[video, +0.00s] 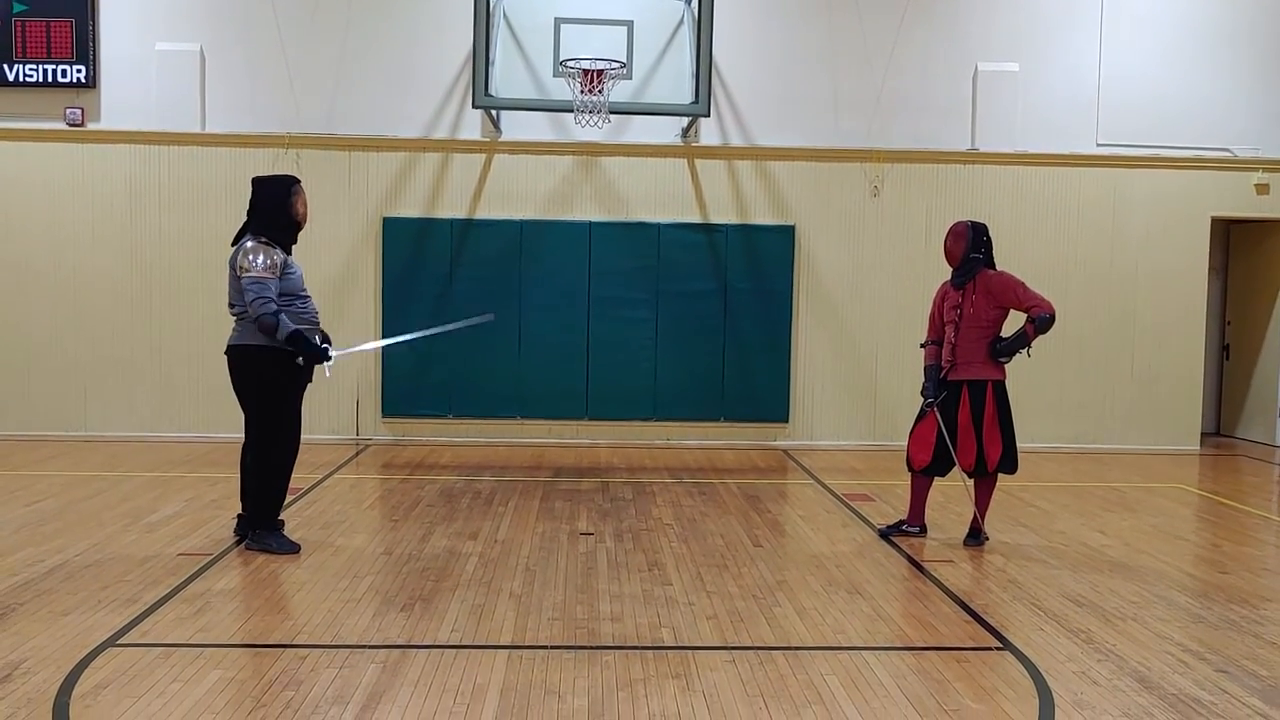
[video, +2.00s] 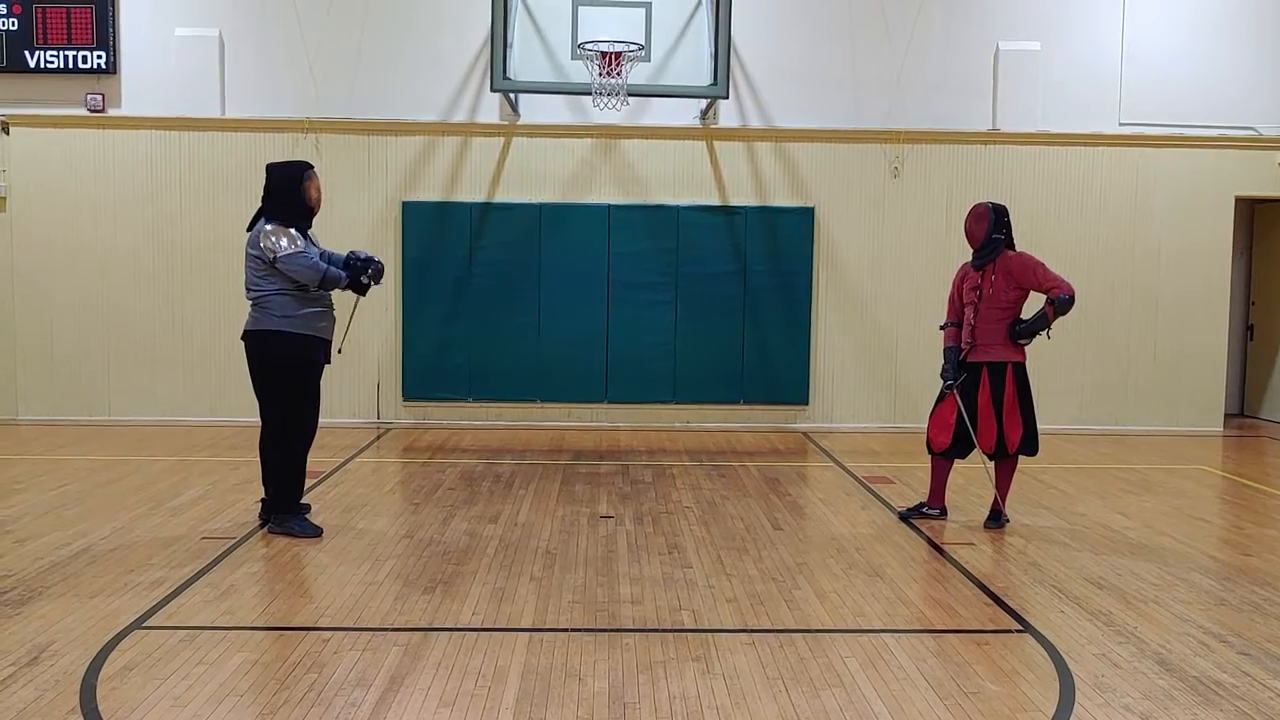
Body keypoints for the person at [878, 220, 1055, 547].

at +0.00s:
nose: (946, 248)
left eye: (953, 241)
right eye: (947, 241)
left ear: (972, 245)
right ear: (961, 246)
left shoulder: (995, 281)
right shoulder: (946, 291)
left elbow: (1044, 312)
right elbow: (934, 338)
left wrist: (1013, 343)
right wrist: (931, 377)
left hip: (984, 383)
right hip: (947, 383)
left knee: (986, 453)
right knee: (924, 445)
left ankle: (977, 525)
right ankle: (914, 520)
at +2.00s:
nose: (968, 232)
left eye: (974, 225)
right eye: (969, 225)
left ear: (992, 227)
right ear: (980, 228)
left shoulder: (1016, 263)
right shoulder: (966, 272)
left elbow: (1064, 293)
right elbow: (953, 320)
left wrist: (1032, 326)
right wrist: (950, 361)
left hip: (1004, 365)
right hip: (967, 365)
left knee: (1006, 435)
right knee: (943, 428)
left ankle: (998, 508)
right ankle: (935, 503)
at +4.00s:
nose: (959, 189)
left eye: (965, 182)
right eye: (959, 182)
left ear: (984, 185)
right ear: (969, 186)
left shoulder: (1008, 220)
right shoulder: (961, 232)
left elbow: (1058, 251)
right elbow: (951, 283)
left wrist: (1028, 283)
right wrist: (940, 322)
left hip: (1000, 323)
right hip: (962, 324)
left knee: (1003, 394)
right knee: (938, 388)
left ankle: (997, 467)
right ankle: (934, 462)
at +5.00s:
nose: (963, 181)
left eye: (968, 174)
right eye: (962, 175)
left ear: (988, 175)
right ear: (969, 177)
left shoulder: (1014, 209)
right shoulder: (965, 218)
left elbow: (1062, 241)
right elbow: (941, 262)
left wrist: (1031, 273)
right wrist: (904, 287)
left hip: (1004, 309)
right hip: (967, 310)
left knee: (1005, 379)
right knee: (943, 373)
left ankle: (998, 454)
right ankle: (934, 450)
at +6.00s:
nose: (978, 170)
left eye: (985, 163)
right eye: (977, 163)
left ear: (1005, 166)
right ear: (979, 167)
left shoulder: (1029, 203)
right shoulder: (975, 208)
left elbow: (1076, 237)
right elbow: (934, 236)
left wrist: (1042, 267)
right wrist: (892, 244)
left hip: (1010, 304)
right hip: (972, 303)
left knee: (1010, 375)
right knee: (947, 368)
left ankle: (1003, 449)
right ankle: (940, 444)